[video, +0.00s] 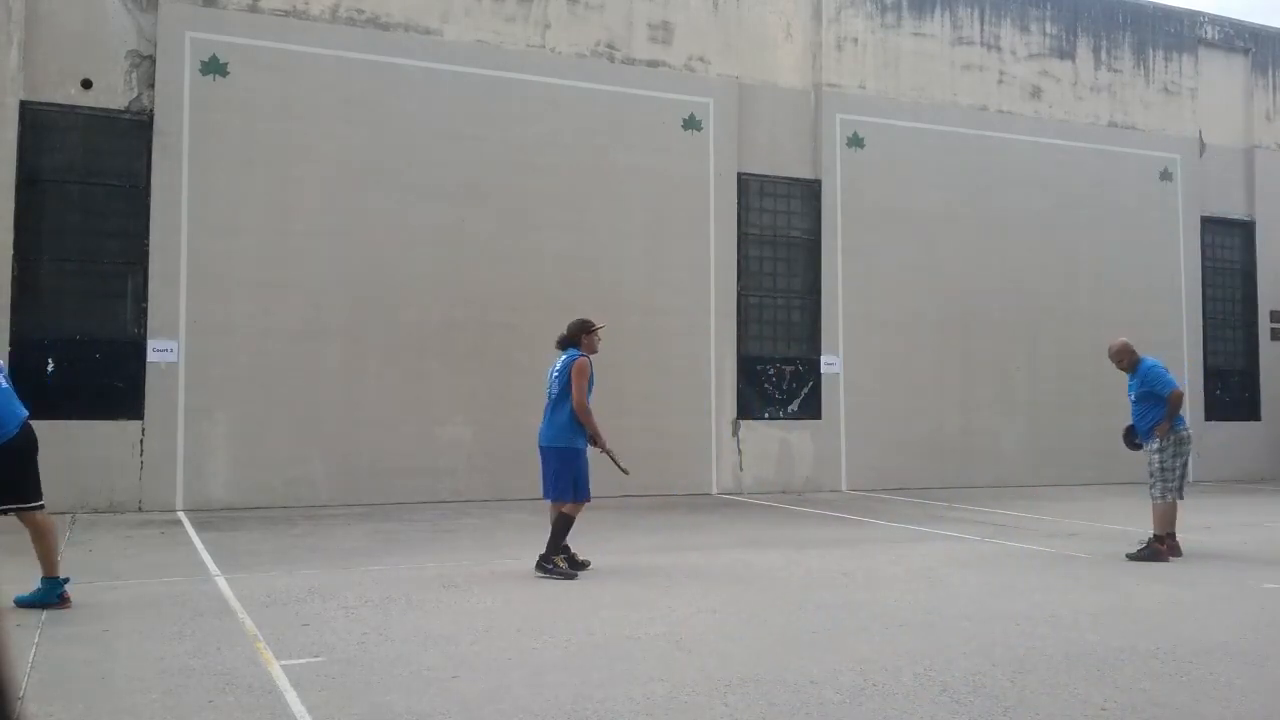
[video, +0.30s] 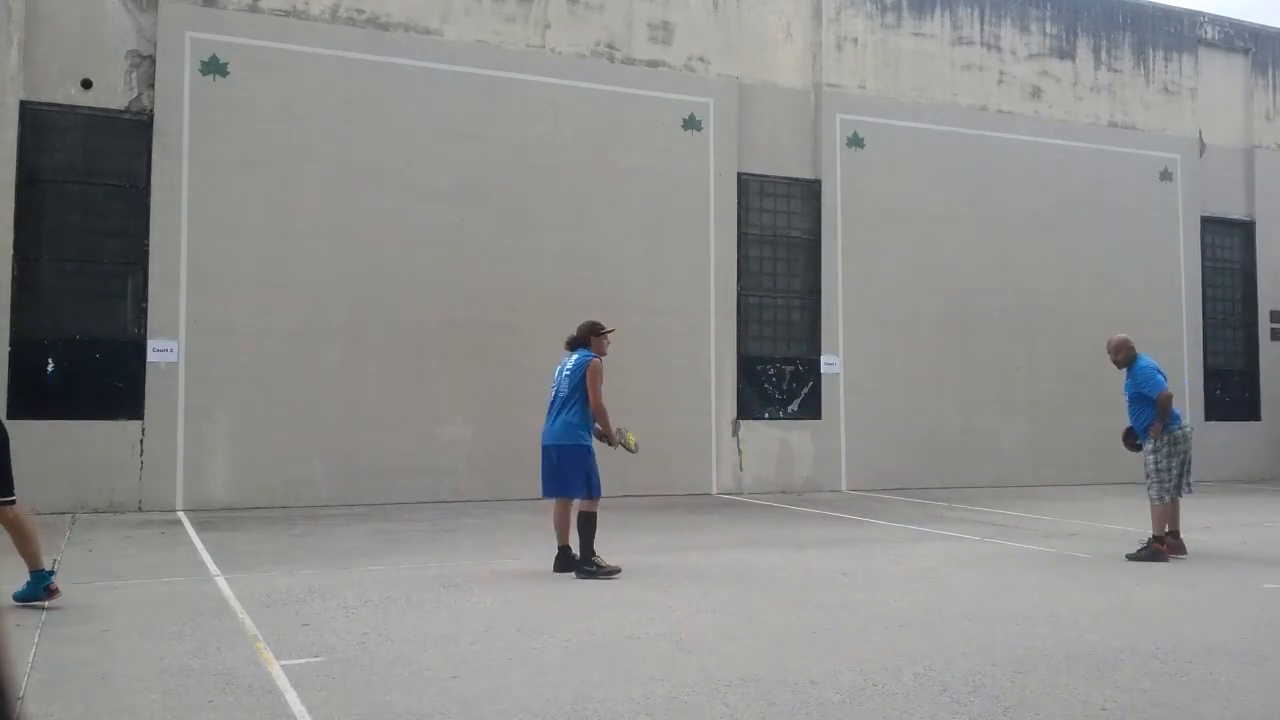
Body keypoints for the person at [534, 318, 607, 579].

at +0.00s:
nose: (599, 340)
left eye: (598, 336)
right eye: (596, 336)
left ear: (579, 339)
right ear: (584, 338)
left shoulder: (562, 361)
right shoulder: (581, 361)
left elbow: (567, 407)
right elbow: (580, 403)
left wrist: (589, 434)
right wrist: (596, 433)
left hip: (552, 439)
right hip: (567, 441)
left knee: (559, 497)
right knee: (578, 498)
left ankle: (561, 551)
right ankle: (549, 558)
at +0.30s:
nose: (608, 342)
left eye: (607, 338)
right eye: (605, 338)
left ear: (587, 341)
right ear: (592, 340)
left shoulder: (567, 361)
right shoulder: (593, 362)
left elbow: (573, 406)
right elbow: (597, 404)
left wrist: (596, 430)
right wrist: (609, 433)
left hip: (552, 440)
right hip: (574, 441)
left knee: (564, 496)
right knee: (590, 495)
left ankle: (563, 555)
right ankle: (587, 560)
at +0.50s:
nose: (617, 354)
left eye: (618, 349)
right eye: (616, 348)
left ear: (594, 344)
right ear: (607, 345)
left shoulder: (573, 362)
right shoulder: (603, 364)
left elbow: (579, 409)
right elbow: (604, 408)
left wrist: (606, 430)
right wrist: (617, 436)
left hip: (557, 441)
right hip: (580, 442)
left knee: (569, 496)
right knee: (594, 497)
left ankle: (565, 555)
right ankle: (594, 561)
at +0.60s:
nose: (621, 360)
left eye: (623, 356)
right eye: (622, 355)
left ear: (599, 348)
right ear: (613, 350)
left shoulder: (577, 364)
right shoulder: (609, 366)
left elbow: (588, 412)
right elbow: (608, 410)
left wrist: (618, 428)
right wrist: (622, 435)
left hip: (560, 441)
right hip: (583, 442)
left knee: (575, 497)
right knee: (598, 498)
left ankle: (567, 554)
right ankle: (594, 561)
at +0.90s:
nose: (634, 361)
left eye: (635, 355)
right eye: (632, 354)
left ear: (610, 350)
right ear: (621, 350)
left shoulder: (588, 365)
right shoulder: (620, 369)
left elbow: (593, 418)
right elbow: (622, 414)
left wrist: (626, 428)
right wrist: (643, 428)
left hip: (563, 440)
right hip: (587, 442)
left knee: (581, 499)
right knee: (602, 499)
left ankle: (581, 555)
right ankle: (595, 560)